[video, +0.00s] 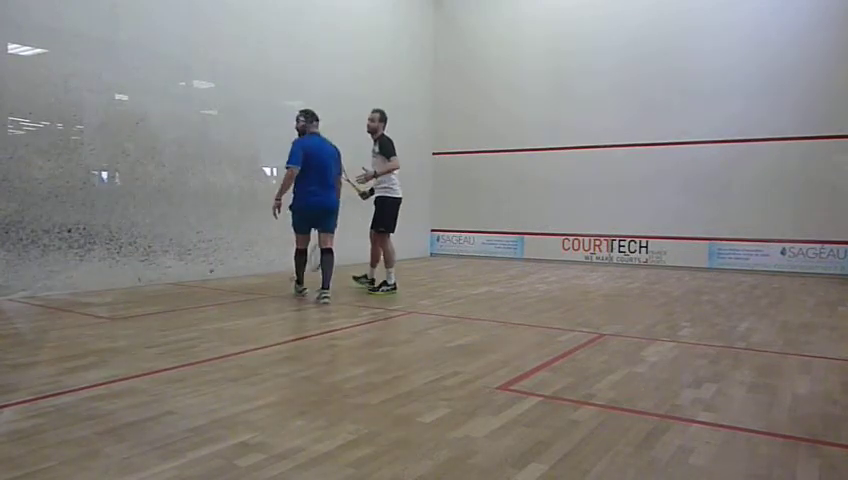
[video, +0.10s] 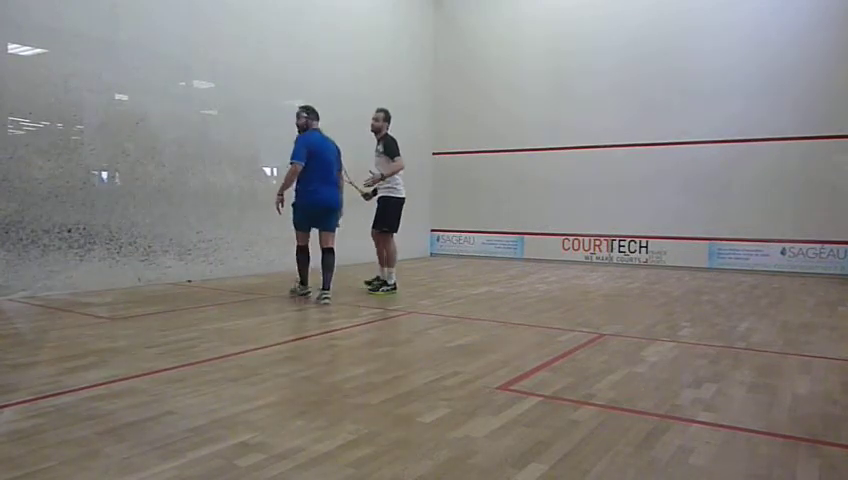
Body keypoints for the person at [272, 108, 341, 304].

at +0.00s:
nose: (296, 126)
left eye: (299, 122)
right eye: (296, 122)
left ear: (309, 123)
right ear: (316, 124)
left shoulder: (300, 144)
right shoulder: (332, 148)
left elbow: (292, 172)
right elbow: (338, 180)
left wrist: (279, 195)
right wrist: (336, 201)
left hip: (304, 202)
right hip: (329, 202)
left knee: (302, 243)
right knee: (326, 244)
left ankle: (300, 283)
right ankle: (326, 289)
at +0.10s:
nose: (296, 123)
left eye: (299, 119)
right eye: (296, 119)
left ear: (309, 120)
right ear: (315, 122)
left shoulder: (303, 140)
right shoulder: (332, 144)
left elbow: (296, 168)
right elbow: (339, 177)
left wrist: (281, 191)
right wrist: (339, 203)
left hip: (307, 199)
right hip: (332, 199)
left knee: (302, 241)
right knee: (328, 243)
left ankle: (303, 284)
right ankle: (326, 289)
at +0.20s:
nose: (296, 120)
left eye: (299, 115)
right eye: (295, 116)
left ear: (311, 117)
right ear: (315, 119)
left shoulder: (306, 137)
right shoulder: (330, 141)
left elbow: (298, 167)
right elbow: (340, 174)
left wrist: (282, 188)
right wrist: (342, 200)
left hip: (310, 198)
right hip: (333, 199)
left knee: (299, 240)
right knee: (329, 243)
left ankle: (311, 285)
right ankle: (327, 291)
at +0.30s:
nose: (295, 119)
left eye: (299, 114)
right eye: (295, 115)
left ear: (312, 116)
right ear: (314, 118)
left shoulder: (306, 136)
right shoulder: (330, 140)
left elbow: (301, 166)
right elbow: (340, 174)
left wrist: (283, 187)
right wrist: (341, 198)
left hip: (311, 198)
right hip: (334, 198)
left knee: (299, 242)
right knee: (329, 243)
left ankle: (321, 285)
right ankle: (327, 291)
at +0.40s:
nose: (293, 116)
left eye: (297, 111)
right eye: (293, 112)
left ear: (311, 114)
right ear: (311, 117)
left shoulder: (305, 135)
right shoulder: (327, 138)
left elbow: (301, 166)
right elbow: (337, 172)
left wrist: (284, 188)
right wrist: (340, 199)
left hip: (311, 197)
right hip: (331, 197)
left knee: (308, 244)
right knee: (326, 243)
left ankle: (329, 288)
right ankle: (327, 293)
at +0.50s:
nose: (290, 115)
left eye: (294, 111)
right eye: (289, 111)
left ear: (305, 114)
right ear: (307, 116)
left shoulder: (304, 135)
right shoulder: (318, 136)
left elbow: (302, 166)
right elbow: (333, 170)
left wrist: (285, 188)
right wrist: (337, 197)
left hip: (310, 198)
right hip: (326, 196)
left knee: (315, 244)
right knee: (324, 242)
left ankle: (335, 295)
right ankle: (329, 287)